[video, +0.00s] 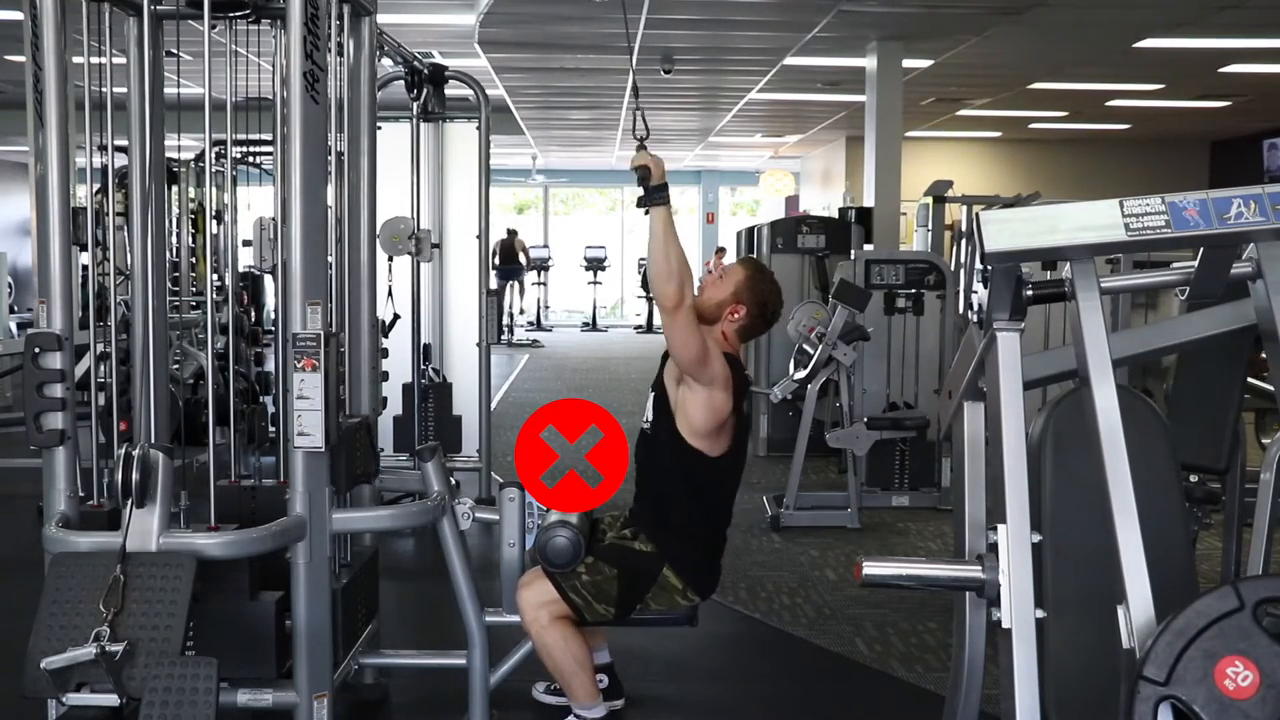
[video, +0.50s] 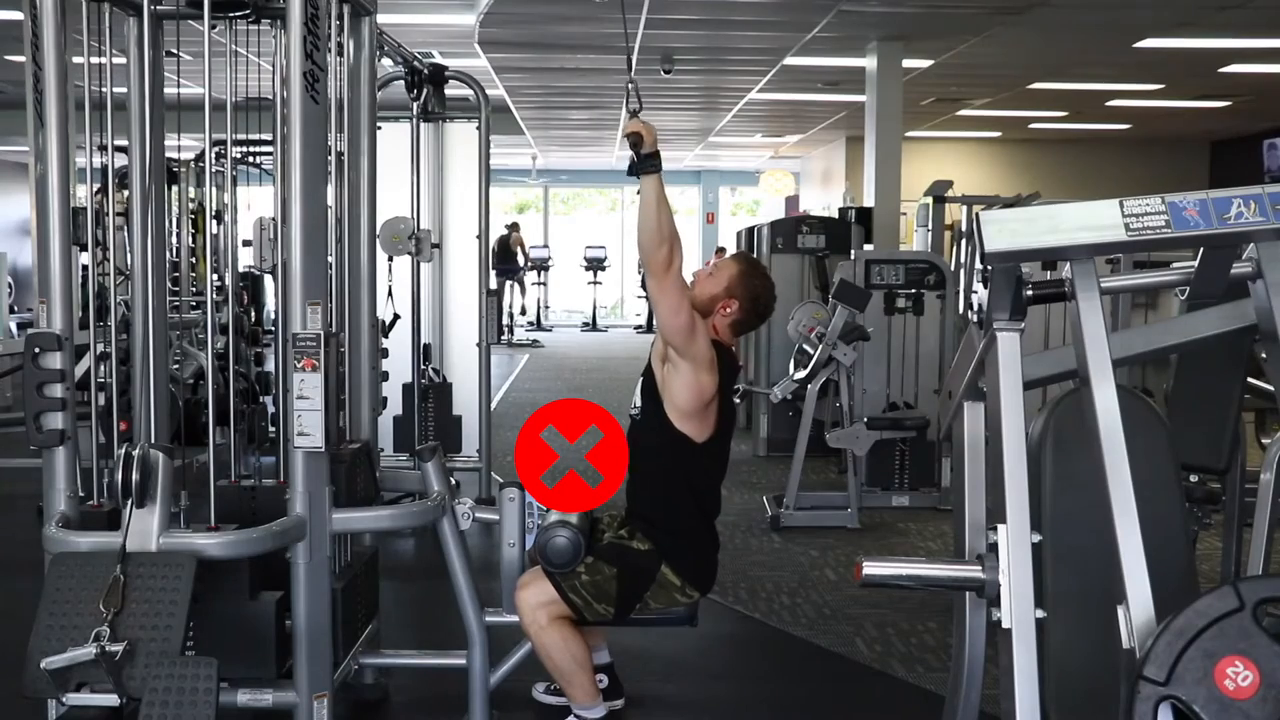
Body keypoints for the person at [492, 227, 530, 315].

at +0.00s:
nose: (515, 238)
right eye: (516, 236)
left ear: (507, 234)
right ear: (516, 235)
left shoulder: (499, 243)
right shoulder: (519, 242)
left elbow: (493, 256)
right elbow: (528, 257)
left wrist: (493, 266)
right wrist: (527, 267)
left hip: (503, 269)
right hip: (517, 269)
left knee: (500, 293)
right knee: (521, 284)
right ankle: (521, 306)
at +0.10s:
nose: (516, 236)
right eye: (516, 234)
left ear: (507, 232)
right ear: (516, 233)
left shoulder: (498, 241)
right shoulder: (518, 240)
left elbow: (493, 255)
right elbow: (527, 256)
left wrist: (493, 266)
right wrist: (527, 267)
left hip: (502, 268)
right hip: (516, 268)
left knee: (500, 292)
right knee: (520, 283)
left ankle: (499, 317)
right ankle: (521, 306)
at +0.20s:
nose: (518, 233)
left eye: (517, 231)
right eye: (517, 231)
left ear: (508, 230)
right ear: (516, 230)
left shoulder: (498, 239)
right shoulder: (518, 237)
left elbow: (493, 254)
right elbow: (525, 253)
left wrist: (493, 265)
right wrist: (526, 265)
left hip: (501, 268)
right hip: (515, 267)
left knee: (500, 293)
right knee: (521, 284)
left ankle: (499, 316)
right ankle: (522, 306)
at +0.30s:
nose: (518, 232)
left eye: (517, 230)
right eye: (518, 230)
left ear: (508, 228)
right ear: (516, 229)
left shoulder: (498, 238)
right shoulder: (517, 237)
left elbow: (493, 252)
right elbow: (525, 253)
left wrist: (493, 263)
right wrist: (526, 264)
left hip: (501, 267)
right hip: (515, 267)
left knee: (500, 293)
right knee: (522, 283)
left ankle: (499, 319)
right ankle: (522, 305)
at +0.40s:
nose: (519, 232)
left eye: (518, 230)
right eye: (518, 230)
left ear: (508, 229)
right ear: (517, 229)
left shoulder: (499, 238)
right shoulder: (517, 237)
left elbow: (493, 252)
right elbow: (525, 253)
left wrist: (493, 263)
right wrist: (525, 265)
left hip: (500, 267)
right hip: (514, 267)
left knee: (500, 294)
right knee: (521, 282)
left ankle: (498, 322)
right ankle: (522, 304)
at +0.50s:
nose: (519, 232)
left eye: (518, 230)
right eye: (519, 230)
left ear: (509, 228)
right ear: (517, 229)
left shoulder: (499, 239)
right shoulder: (517, 237)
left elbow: (493, 252)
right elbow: (525, 253)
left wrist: (493, 264)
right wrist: (526, 265)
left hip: (500, 269)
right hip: (513, 268)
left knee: (499, 297)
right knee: (521, 284)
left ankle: (499, 324)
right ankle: (523, 303)